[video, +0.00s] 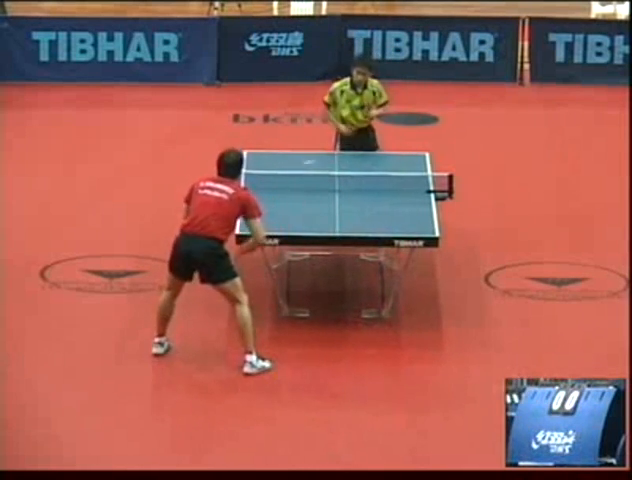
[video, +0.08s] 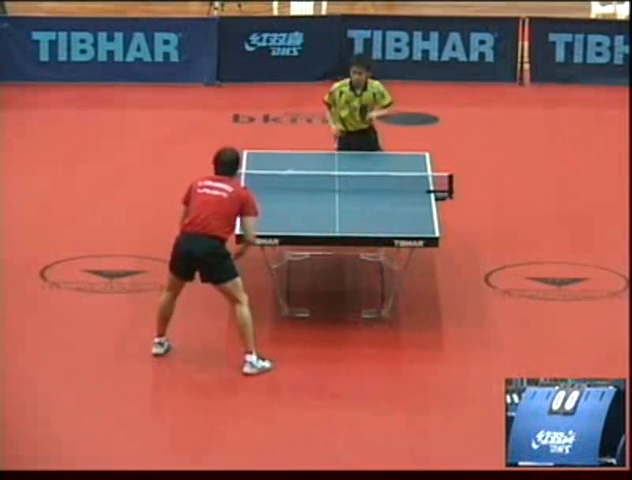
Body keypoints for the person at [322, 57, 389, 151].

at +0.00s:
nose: (360, 78)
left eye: (364, 74)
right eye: (357, 73)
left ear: (369, 75)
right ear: (352, 72)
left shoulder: (375, 86)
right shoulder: (338, 88)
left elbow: (384, 105)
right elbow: (327, 107)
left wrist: (375, 112)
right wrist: (340, 126)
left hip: (365, 130)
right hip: (347, 132)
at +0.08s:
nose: (356, 77)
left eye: (360, 74)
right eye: (354, 73)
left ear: (367, 74)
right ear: (350, 73)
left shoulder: (375, 87)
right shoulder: (338, 88)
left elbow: (389, 108)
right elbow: (328, 105)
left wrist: (375, 114)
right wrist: (333, 124)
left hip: (367, 132)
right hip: (346, 134)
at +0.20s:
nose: (350, 83)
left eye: (353, 79)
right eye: (347, 78)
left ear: (363, 79)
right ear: (344, 80)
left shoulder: (373, 96)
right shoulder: (335, 97)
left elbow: (390, 115)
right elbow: (327, 113)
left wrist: (373, 123)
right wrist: (325, 129)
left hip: (366, 141)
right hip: (344, 141)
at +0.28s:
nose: (340, 83)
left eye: (343, 79)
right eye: (338, 79)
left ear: (352, 80)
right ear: (335, 80)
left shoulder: (365, 98)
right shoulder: (328, 98)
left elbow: (382, 119)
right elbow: (322, 114)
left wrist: (364, 128)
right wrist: (316, 130)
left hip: (360, 142)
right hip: (338, 142)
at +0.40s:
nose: (321, 74)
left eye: (326, 70)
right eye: (320, 70)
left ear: (335, 73)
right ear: (317, 72)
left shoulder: (347, 92)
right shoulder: (310, 91)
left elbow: (361, 113)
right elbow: (301, 107)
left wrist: (345, 124)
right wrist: (295, 121)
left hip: (342, 135)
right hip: (321, 135)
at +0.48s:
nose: (310, 67)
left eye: (314, 64)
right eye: (309, 63)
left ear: (325, 65)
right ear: (306, 65)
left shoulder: (337, 84)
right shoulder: (299, 82)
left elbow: (349, 105)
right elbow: (291, 100)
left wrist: (333, 117)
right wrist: (284, 115)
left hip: (331, 126)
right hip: (311, 125)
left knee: (333, 162)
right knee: (310, 161)